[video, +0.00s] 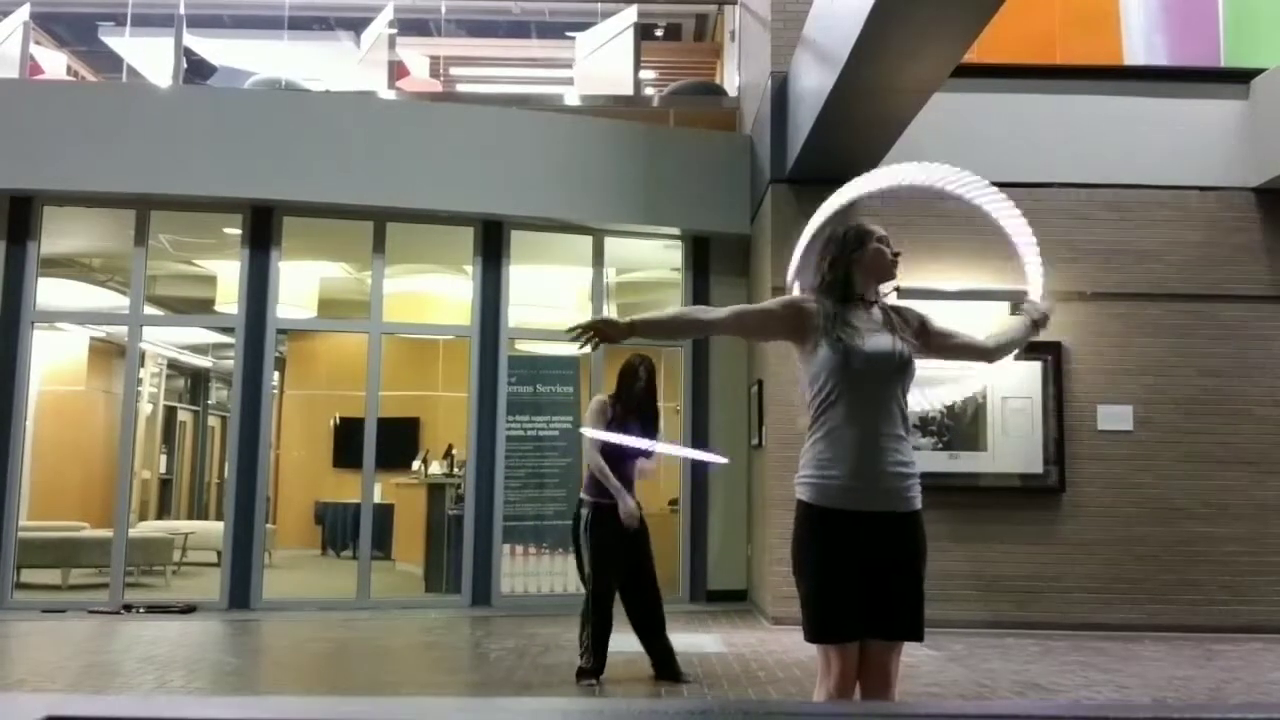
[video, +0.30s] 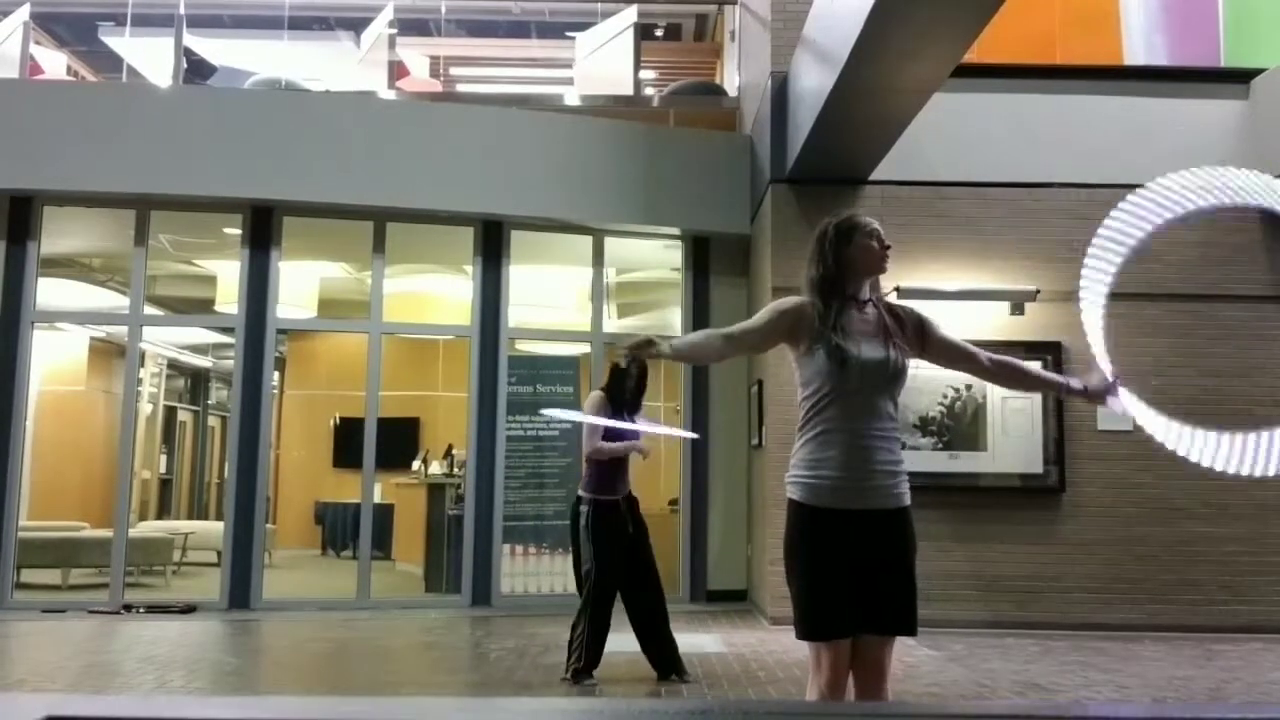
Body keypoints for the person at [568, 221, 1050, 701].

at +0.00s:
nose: (891, 249)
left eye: (890, 242)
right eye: (877, 242)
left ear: (883, 263)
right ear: (845, 257)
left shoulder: (904, 322)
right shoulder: (808, 313)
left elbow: (987, 349)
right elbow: (713, 320)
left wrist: (1031, 320)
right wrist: (627, 328)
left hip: (896, 508)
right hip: (829, 507)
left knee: (882, 674)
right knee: (841, 673)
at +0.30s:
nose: (883, 244)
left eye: (881, 237)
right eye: (869, 237)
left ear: (876, 254)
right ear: (838, 252)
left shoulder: (901, 321)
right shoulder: (801, 315)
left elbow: (986, 364)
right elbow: (725, 342)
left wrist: (1075, 388)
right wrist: (658, 347)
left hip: (887, 505)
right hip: (819, 504)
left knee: (875, 668)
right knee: (830, 667)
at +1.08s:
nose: (847, 234)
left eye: (858, 228)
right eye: (837, 231)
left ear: (880, 249)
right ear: (827, 255)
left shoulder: (913, 327)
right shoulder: (805, 320)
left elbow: (939, 419)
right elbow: (779, 412)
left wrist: (961, 498)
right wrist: (808, 376)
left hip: (887, 510)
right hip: (817, 508)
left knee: (875, 670)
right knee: (828, 668)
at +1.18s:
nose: (840, 235)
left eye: (853, 228)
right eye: (832, 233)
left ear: (880, 250)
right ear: (827, 258)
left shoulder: (909, 320)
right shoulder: (804, 320)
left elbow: (946, 423)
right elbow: (777, 427)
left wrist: (978, 504)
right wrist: (783, 407)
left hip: (889, 511)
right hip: (817, 509)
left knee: (875, 671)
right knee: (830, 669)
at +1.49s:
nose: (847, 235)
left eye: (859, 231)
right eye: (840, 236)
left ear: (886, 254)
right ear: (834, 263)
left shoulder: (920, 316)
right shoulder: (809, 316)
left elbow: (1001, 349)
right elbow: (731, 370)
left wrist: (1069, 381)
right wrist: (651, 403)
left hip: (897, 509)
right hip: (828, 507)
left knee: (884, 671)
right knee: (838, 669)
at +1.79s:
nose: (847, 246)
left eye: (852, 237)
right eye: (835, 241)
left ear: (867, 251)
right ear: (816, 259)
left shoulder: (906, 302)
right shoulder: (800, 312)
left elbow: (1002, 305)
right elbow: (706, 338)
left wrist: (1096, 306)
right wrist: (626, 318)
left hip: (913, 501)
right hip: (841, 507)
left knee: (967, 666)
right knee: (848, 668)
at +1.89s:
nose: (842, 257)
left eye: (851, 252)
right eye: (830, 255)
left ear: (869, 268)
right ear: (815, 278)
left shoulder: (904, 313)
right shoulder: (796, 331)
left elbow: (1002, 332)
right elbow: (706, 358)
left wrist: (1098, 342)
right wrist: (629, 330)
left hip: (921, 508)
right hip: (848, 519)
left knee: (994, 669)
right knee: (855, 680)